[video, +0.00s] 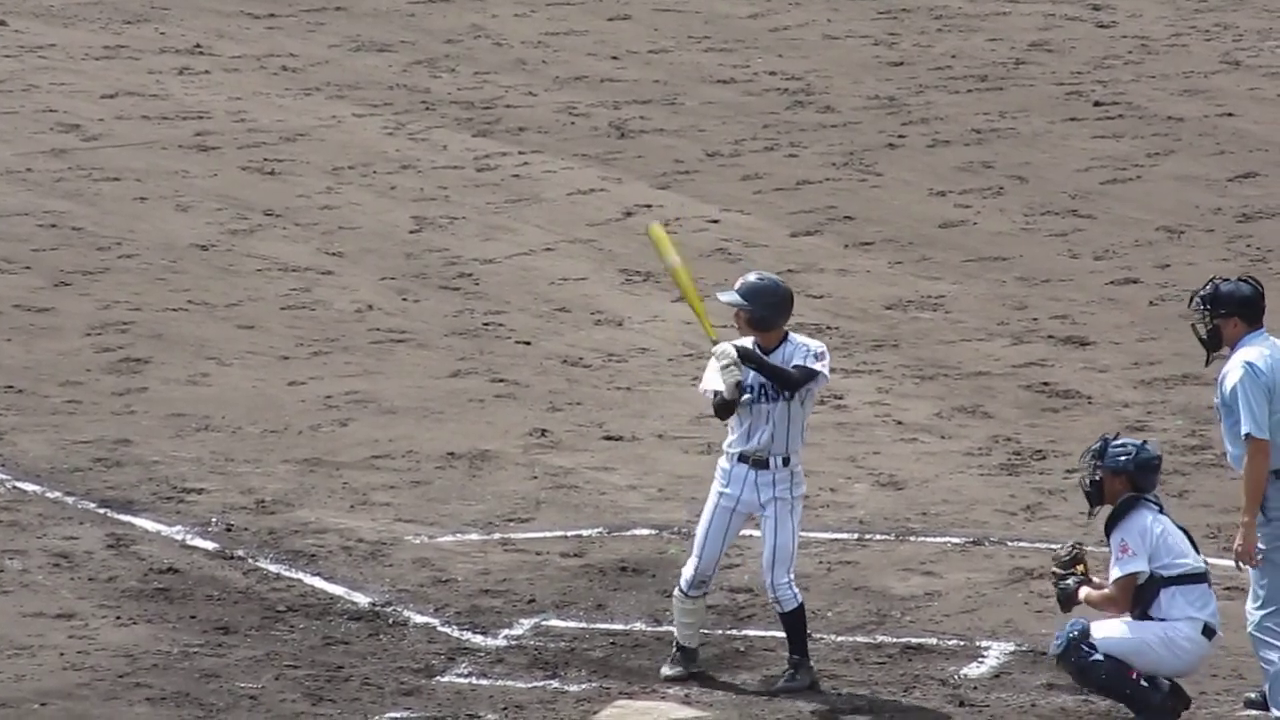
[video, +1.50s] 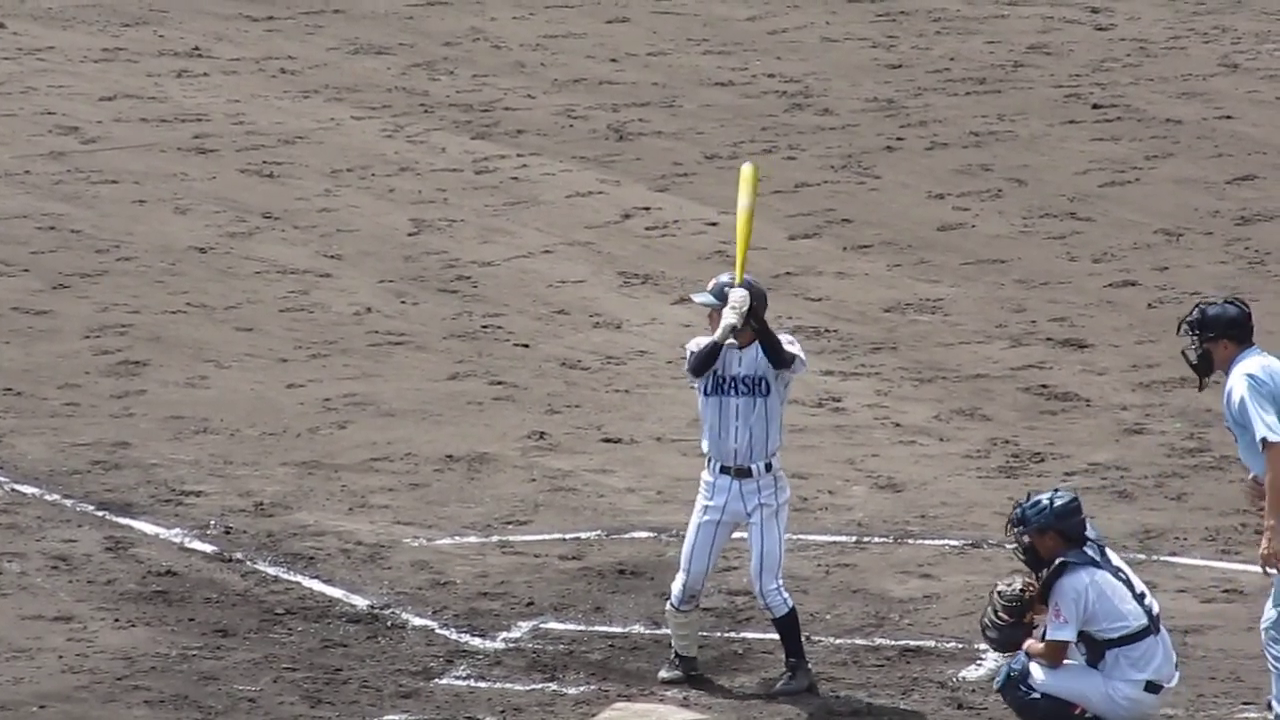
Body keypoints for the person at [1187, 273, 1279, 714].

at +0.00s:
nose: (1208, 324)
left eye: (1213, 317)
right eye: (1210, 316)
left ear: (1232, 322)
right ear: (1251, 318)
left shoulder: (1246, 368)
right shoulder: (1269, 349)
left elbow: (1259, 449)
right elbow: (1263, 447)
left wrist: (1248, 522)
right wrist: (1254, 517)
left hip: (1272, 502)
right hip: (1272, 496)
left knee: (1264, 616)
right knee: (1267, 605)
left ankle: (1277, 700)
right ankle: (1274, 691)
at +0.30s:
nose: (1214, 321)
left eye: (1220, 313)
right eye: (1216, 313)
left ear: (1238, 318)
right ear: (1256, 315)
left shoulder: (1252, 364)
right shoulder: (1268, 348)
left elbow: (1263, 445)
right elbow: (1264, 444)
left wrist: (1249, 516)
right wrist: (1254, 513)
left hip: (1271, 502)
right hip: (1270, 496)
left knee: (1265, 616)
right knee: (1266, 607)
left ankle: (1276, 700)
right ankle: (1274, 691)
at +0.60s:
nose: (1219, 320)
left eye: (1225, 313)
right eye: (1220, 312)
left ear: (1245, 317)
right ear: (1255, 316)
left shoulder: (1255, 363)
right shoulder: (1265, 348)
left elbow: (1264, 445)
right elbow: (1263, 443)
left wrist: (1237, 512)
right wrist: (1246, 509)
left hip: (1270, 505)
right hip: (1266, 501)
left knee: (1265, 612)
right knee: (1265, 605)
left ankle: (1275, 696)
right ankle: (1273, 688)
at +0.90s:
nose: (1222, 328)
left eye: (1226, 320)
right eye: (1222, 319)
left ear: (1246, 323)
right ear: (1258, 320)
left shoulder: (1259, 367)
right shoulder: (1267, 354)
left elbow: (1269, 447)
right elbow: (1267, 447)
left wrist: (1248, 516)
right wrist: (1252, 514)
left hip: (1273, 515)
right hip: (1269, 512)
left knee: (1262, 622)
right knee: (1264, 614)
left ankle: (1275, 701)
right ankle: (1274, 694)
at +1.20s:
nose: (1212, 338)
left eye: (1216, 330)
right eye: (1213, 330)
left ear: (1234, 334)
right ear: (1254, 329)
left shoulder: (1254, 376)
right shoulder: (1270, 359)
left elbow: (1272, 454)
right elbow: (1275, 447)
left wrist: (1262, 530)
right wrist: (1256, 493)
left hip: (1278, 527)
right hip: (1275, 522)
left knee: (1259, 631)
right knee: (1262, 627)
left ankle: (1275, 710)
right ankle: (1273, 707)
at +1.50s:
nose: (1199, 349)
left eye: (1203, 341)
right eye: (1199, 341)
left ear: (1221, 343)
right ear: (1238, 338)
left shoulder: (1244, 381)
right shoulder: (1264, 364)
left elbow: (1274, 452)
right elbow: (1275, 446)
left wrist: (1272, 531)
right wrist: (1263, 480)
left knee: (1272, 628)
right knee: (1272, 625)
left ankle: (1277, 705)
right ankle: (1276, 704)